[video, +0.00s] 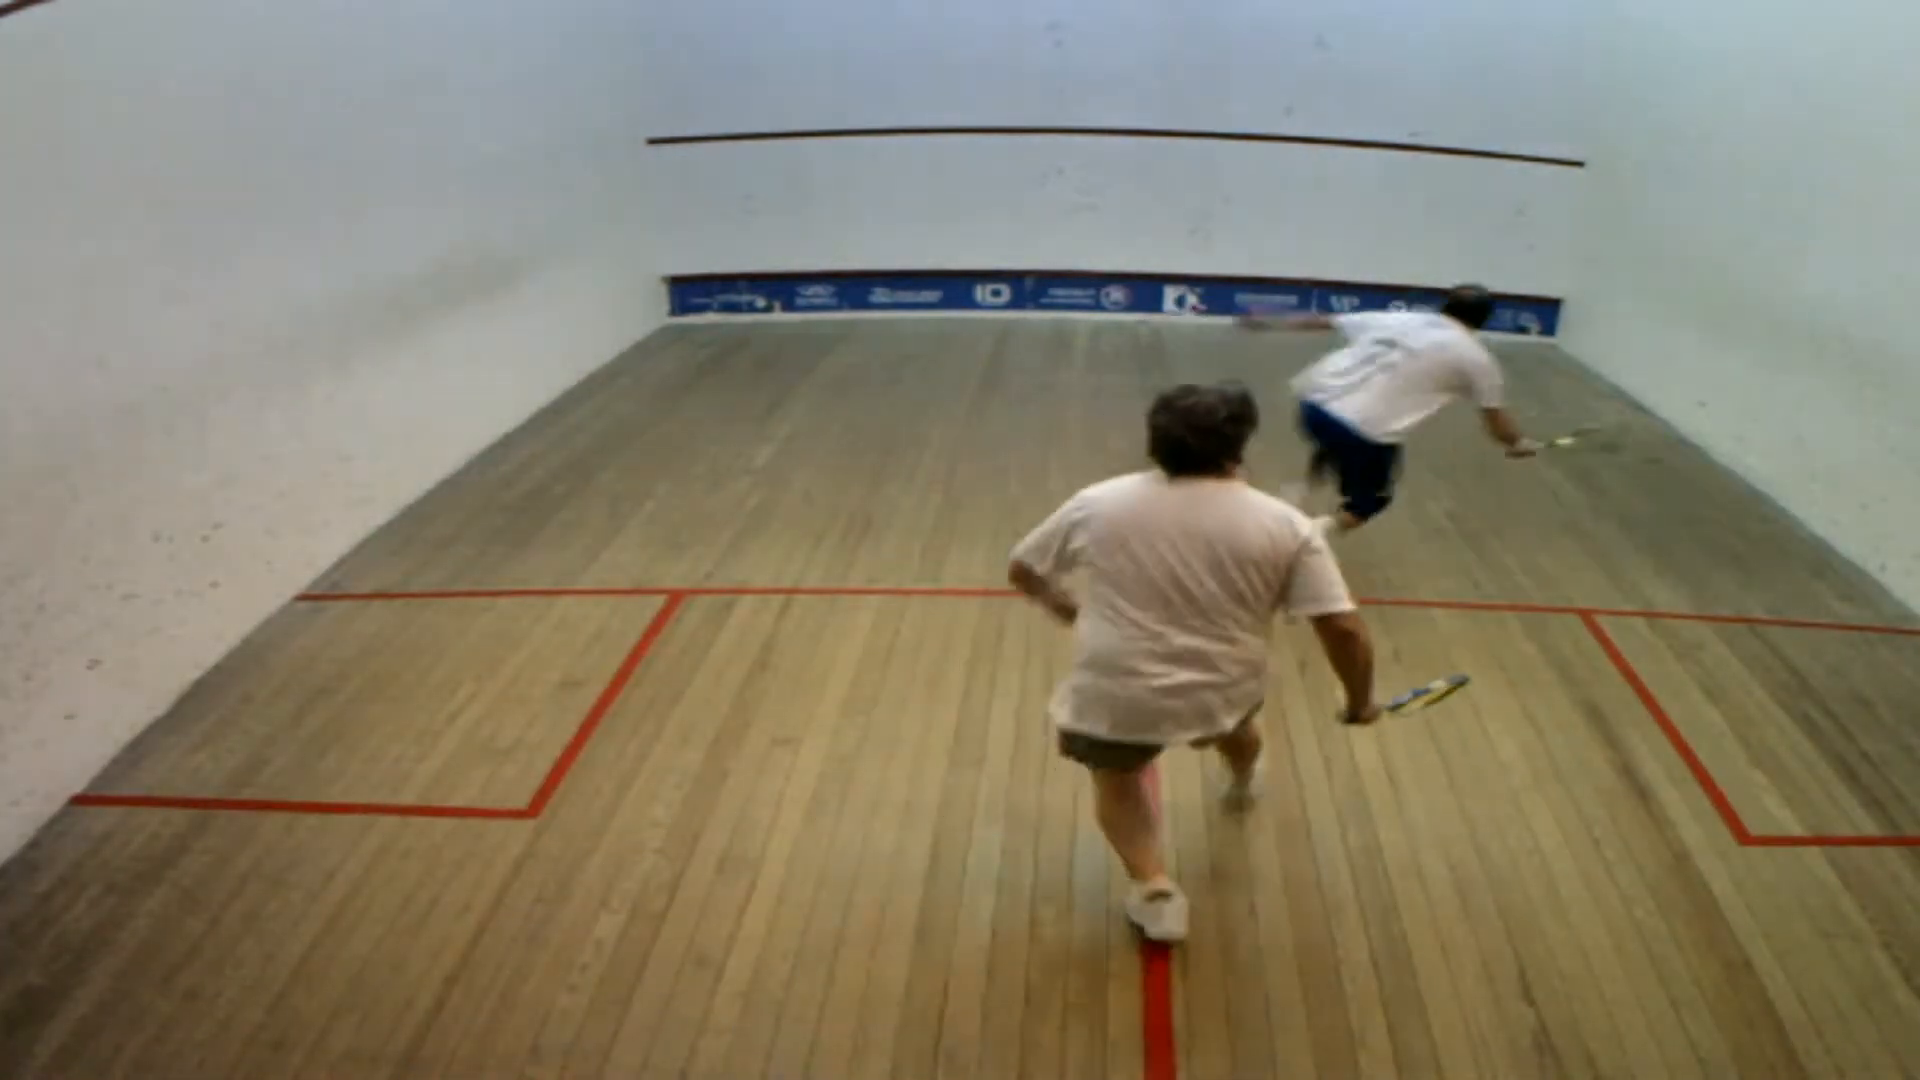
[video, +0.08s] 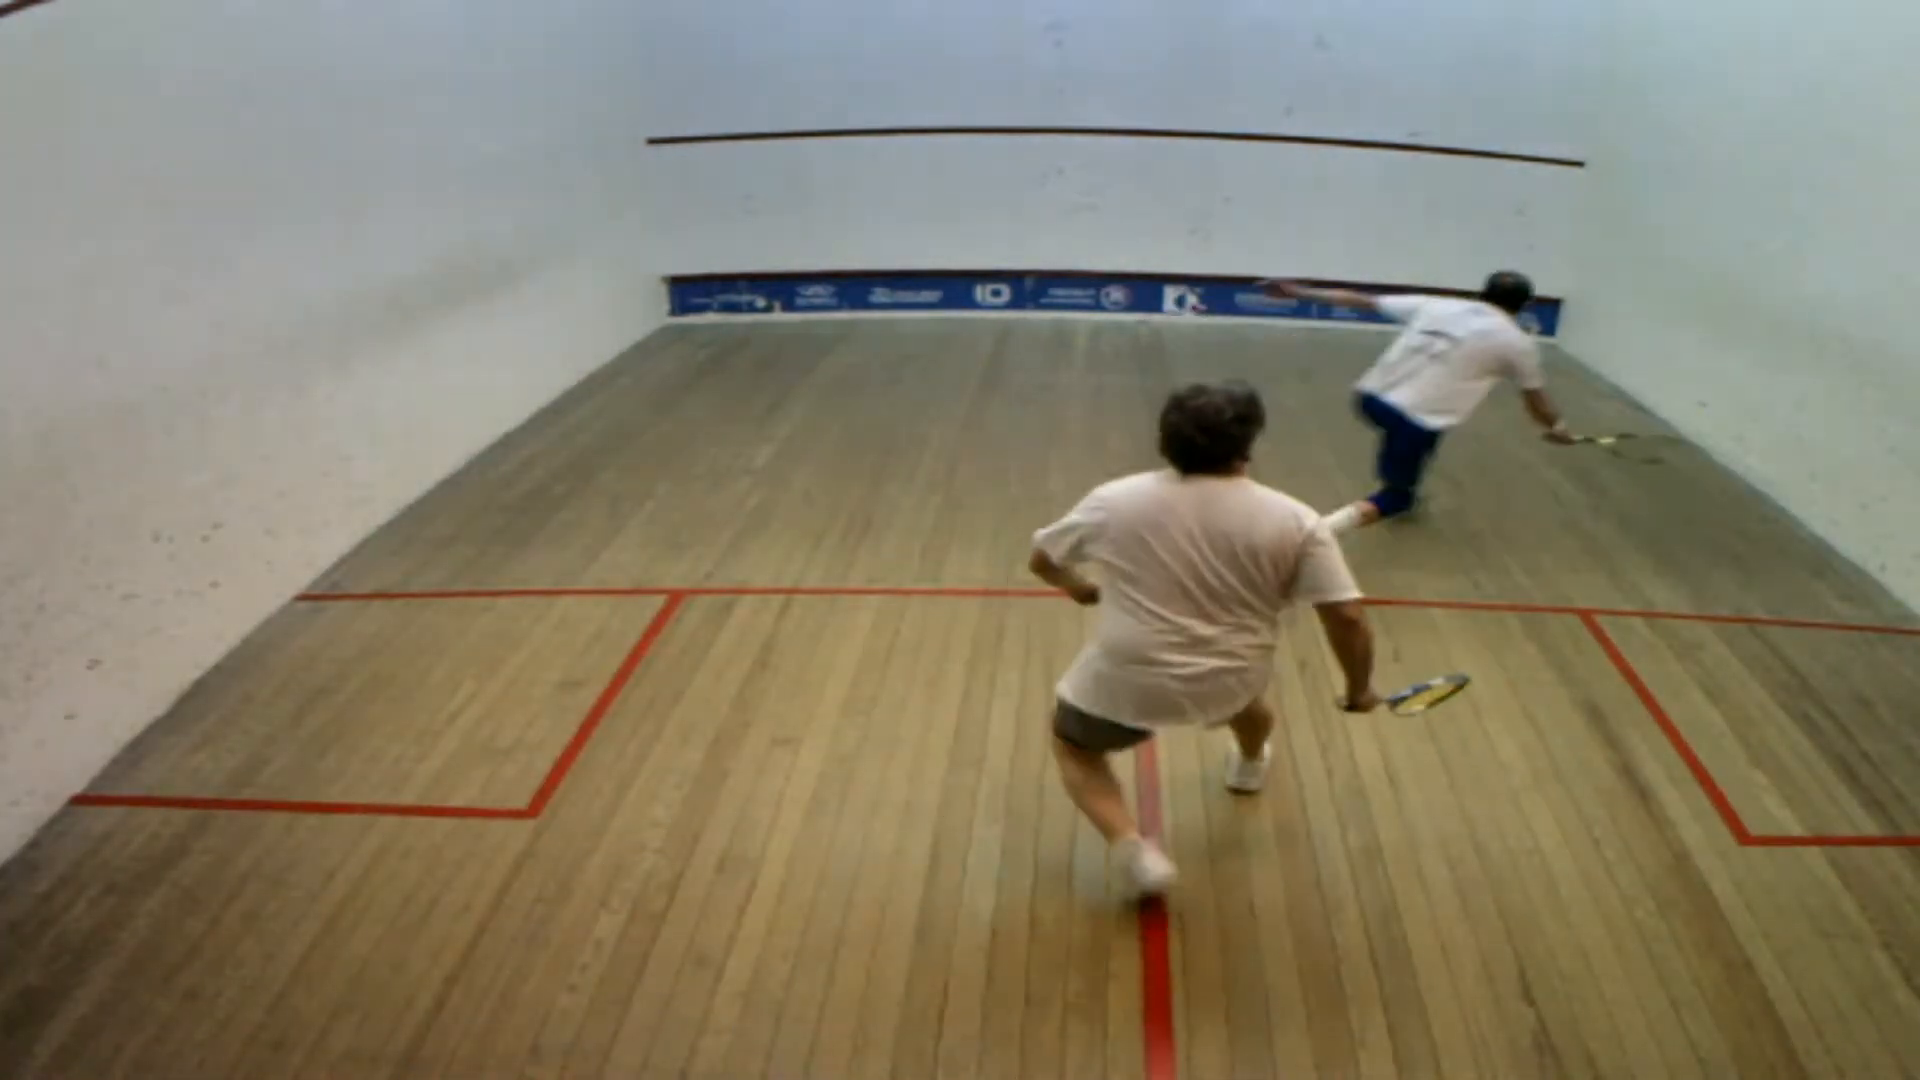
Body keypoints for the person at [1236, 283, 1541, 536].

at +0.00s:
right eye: (1480, 319)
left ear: (1446, 305)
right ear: (1480, 323)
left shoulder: (1403, 318)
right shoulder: (1474, 359)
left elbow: (1327, 322)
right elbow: (1496, 423)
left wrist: (1268, 323)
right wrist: (1517, 444)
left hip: (1314, 406)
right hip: (1361, 434)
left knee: (1330, 452)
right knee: (1370, 501)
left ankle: (1300, 494)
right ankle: (1312, 533)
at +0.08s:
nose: (1521, 313)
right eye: (1523, 307)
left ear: (1486, 292)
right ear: (1519, 307)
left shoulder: (1439, 305)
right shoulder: (1515, 341)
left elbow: (1366, 302)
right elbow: (1537, 402)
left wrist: (1303, 293)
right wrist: (1555, 428)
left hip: (1370, 397)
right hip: (1411, 423)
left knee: (1424, 431)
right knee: (1396, 494)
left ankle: (1402, 497)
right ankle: (1320, 531)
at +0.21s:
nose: (1566, 312)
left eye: (1562, 304)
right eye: (1565, 306)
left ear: (1529, 294)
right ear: (1561, 307)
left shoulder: (1487, 307)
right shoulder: (1560, 337)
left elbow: (1425, 306)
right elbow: (1581, 393)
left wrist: (1365, 308)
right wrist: (1595, 419)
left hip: (1437, 397)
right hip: (1472, 412)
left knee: (1489, 424)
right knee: (1431, 478)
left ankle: (1510, 466)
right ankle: (1355, 521)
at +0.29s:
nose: (1584, 321)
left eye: (1580, 313)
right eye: (1585, 315)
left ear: (1549, 301)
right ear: (1579, 315)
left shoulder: (1508, 318)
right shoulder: (1580, 345)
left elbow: (1447, 326)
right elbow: (1598, 395)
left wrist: (1395, 331)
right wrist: (1614, 421)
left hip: (1462, 402)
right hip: (1500, 417)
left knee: (1520, 427)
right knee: (1454, 484)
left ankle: (1530, 472)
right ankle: (1379, 512)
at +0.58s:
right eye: (1656, 327)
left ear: (1625, 310)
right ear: (1653, 327)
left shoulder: (1594, 317)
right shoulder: (1652, 349)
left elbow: (1536, 335)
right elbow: (1626, 382)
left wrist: (1508, 363)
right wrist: (1629, 383)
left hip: (1536, 376)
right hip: (1580, 394)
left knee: (1552, 406)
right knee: (1611, 418)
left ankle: (1529, 452)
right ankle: (1565, 459)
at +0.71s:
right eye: (1683, 309)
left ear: (1651, 297)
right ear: (1681, 310)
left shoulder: (1622, 309)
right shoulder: (1683, 335)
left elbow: (1573, 329)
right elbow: (1662, 372)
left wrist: (1557, 361)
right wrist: (1648, 389)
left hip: (1581, 378)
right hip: (1631, 391)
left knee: (1559, 410)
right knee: (1640, 429)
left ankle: (1544, 448)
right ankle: (1626, 465)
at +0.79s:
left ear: (1657, 292)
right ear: (1689, 304)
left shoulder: (1630, 307)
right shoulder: (1695, 331)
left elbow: (1587, 332)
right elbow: (1675, 371)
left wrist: (1580, 361)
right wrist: (1661, 389)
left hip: (1597, 377)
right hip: (1644, 391)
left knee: (1567, 399)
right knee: (1642, 424)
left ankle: (1563, 448)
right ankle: (1625, 462)